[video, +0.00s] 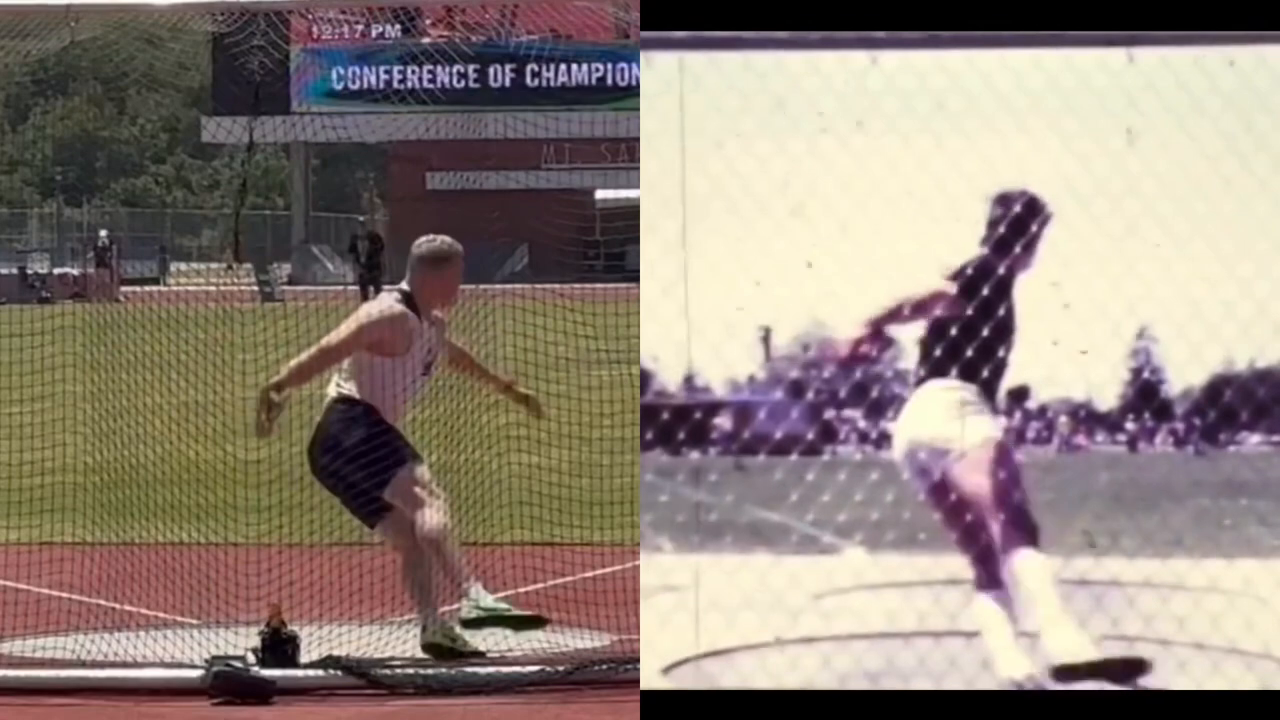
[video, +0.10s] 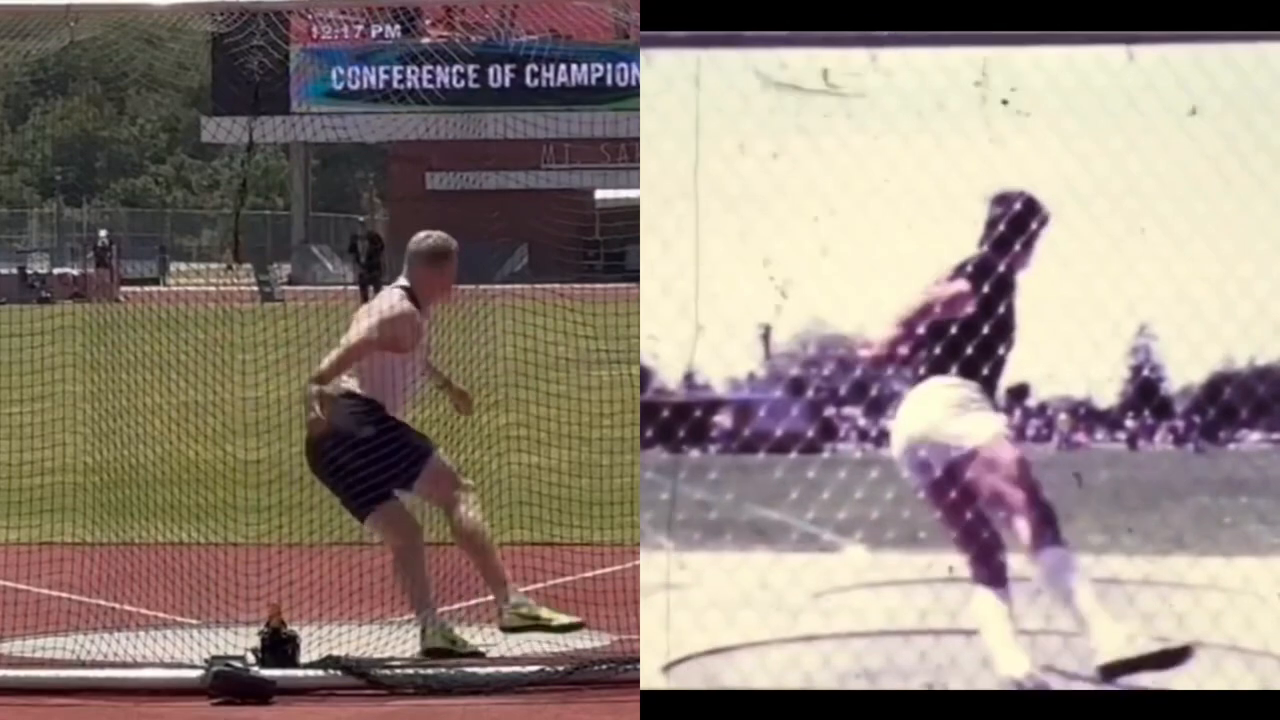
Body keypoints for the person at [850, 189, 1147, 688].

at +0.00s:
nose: (1038, 251)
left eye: (1040, 239)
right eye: (1037, 239)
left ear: (995, 231)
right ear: (1022, 239)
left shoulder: (977, 281)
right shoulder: (989, 273)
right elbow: (928, 304)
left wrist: (872, 339)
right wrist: (871, 329)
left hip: (911, 420)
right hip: (953, 406)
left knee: (981, 558)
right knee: (1014, 531)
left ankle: (1013, 668)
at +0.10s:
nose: (1034, 251)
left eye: (1036, 239)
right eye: (1032, 239)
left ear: (993, 228)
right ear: (1018, 235)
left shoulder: (982, 282)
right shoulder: (988, 272)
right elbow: (938, 302)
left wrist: (896, 346)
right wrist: (894, 340)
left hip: (909, 422)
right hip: (948, 402)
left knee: (981, 549)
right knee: (1032, 514)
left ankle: (1012, 668)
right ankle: (1108, 641)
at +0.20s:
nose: (1025, 253)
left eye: (1027, 241)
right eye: (1025, 241)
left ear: (978, 230)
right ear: (1013, 240)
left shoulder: (935, 280)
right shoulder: (1003, 277)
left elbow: (879, 315)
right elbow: (976, 299)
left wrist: (845, 350)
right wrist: (960, 335)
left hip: (902, 415)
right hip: (954, 399)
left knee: (978, 549)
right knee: (1065, 505)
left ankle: (1011, 670)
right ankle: (1154, 630)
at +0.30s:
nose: (1010, 256)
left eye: (1008, 248)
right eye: (1009, 247)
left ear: (963, 237)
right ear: (1000, 243)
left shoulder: (918, 284)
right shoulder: (999, 277)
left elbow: (847, 321)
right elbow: (1020, 310)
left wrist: (806, 371)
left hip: (905, 420)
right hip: (965, 401)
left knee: (976, 550)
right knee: (1078, 497)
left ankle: (1012, 670)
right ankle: (1156, 607)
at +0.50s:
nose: (969, 235)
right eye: (969, 227)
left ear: (924, 230)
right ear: (968, 228)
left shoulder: (892, 273)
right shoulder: (984, 267)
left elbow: (824, 310)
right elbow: (1042, 293)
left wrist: (801, 363)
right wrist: (1102, 311)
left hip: (923, 407)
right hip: (981, 386)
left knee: (972, 535)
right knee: (1049, 479)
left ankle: (1007, 658)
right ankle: (1111, 572)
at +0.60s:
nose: (925, 238)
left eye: (913, 228)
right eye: (934, 227)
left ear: (899, 223)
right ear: (944, 215)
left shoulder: (880, 269)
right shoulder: (974, 258)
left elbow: (830, 307)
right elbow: (1046, 283)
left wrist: (804, 358)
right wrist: (1117, 303)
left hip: (938, 399)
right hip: (990, 379)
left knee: (980, 529)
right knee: (1013, 470)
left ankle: (1022, 656)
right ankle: (1065, 562)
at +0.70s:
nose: (870, 217)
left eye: (873, 209)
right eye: (873, 207)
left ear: (883, 212)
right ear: (919, 204)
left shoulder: (880, 261)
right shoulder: (964, 250)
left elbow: (843, 311)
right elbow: (1038, 275)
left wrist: (803, 350)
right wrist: (1108, 295)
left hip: (944, 392)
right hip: (995, 375)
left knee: (988, 515)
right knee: (997, 495)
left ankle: (1046, 617)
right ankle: (1031, 582)